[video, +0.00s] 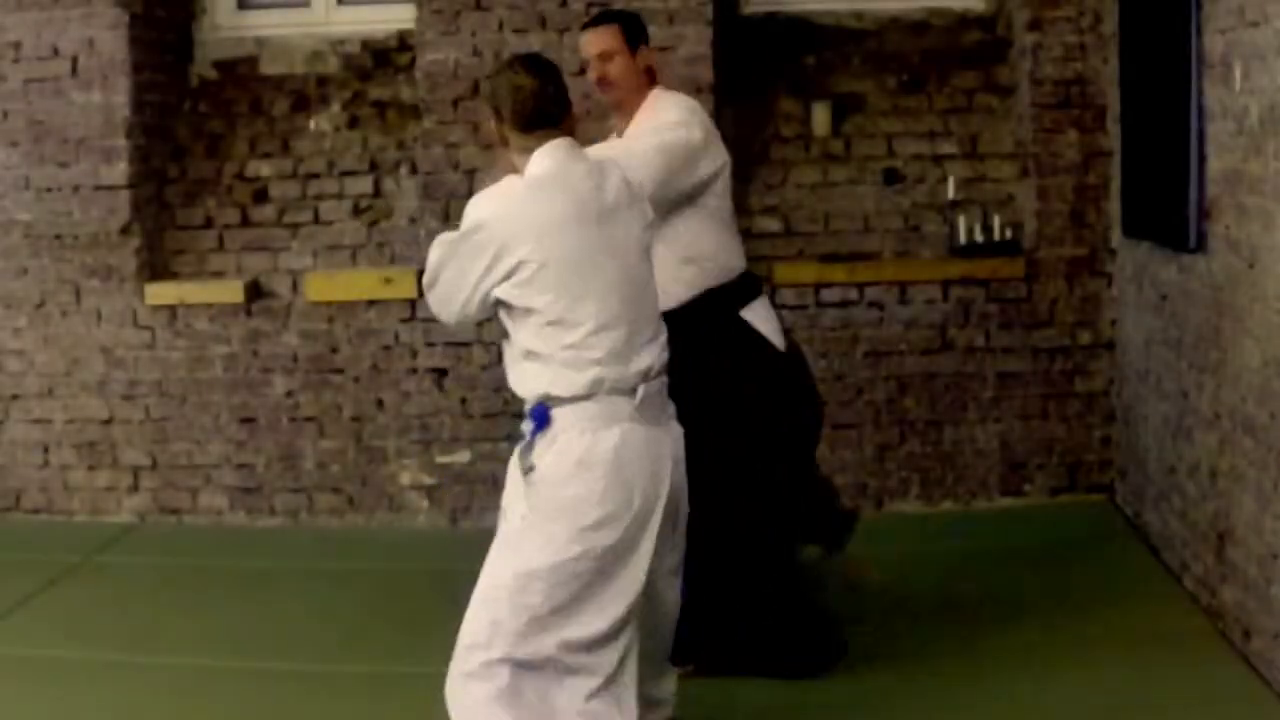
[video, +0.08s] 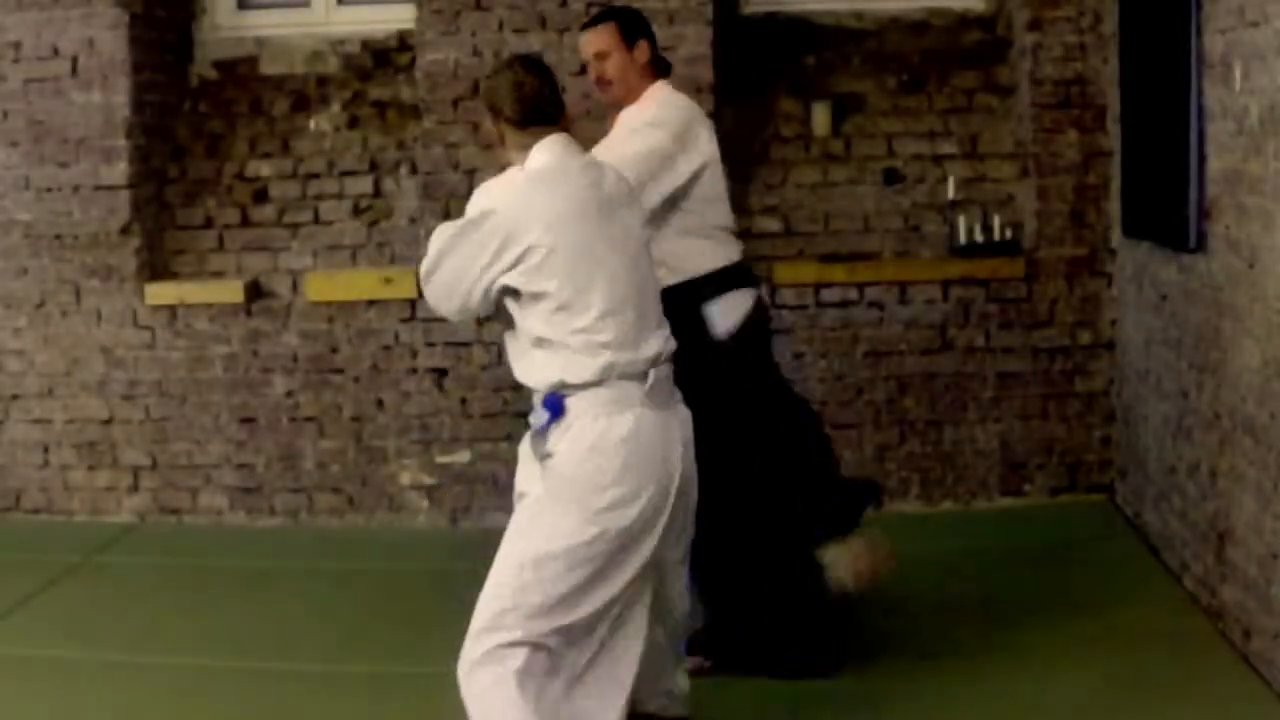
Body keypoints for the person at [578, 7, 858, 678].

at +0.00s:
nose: (596, 75)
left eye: (607, 59)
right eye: (588, 65)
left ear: (645, 59)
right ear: (590, 76)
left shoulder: (676, 120)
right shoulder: (625, 136)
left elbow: (618, 188)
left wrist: (545, 172)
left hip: (723, 332)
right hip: (676, 334)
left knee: (734, 501)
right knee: (706, 499)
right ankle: (718, 640)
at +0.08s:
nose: (593, 74)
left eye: (602, 59)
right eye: (587, 64)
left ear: (640, 53)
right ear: (620, 62)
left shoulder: (665, 114)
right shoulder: (645, 115)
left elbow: (592, 193)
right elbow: (595, 192)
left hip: (709, 304)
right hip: (692, 301)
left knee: (725, 476)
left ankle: (749, 632)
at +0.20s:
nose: (593, 82)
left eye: (600, 65)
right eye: (588, 70)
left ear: (641, 53)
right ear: (651, 59)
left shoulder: (650, 121)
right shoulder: (716, 115)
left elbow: (600, 213)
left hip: (686, 295)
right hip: (744, 293)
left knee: (705, 470)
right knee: (765, 454)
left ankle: (729, 641)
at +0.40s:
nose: (595, 90)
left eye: (598, 72)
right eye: (588, 77)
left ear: (639, 58)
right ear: (651, 63)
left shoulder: (660, 123)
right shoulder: (707, 116)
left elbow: (640, 226)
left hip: (689, 293)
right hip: (737, 291)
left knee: (679, 473)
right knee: (716, 469)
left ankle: (703, 642)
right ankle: (719, 634)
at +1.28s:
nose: (549, 112)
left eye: (545, 96)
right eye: (543, 99)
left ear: (567, 78)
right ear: (611, 72)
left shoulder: (565, 154)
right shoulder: (707, 128)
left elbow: (548, 282)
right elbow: (756, 243)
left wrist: (575, 351)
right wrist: (725, 314)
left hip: (616, 345)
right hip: (711, 338)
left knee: (603, 504)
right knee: (712, 501)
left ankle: (618, 671)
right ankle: (711, 665)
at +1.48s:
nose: (540, 113)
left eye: (537, 98)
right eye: (535, 100)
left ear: (559, 80)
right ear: (600, 73)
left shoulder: (559, 153)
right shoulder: (698, 129)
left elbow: (525, 282)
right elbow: (745, 242)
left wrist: (546, 347)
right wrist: (719, 317)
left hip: (607, 344)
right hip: (702, 338)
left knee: (598, 505)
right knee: (706, 503)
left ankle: (613, 669)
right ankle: (708, 665)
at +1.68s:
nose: (528, 116)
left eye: (525, 100)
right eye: (524, 102)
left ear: (546, 84)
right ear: (586, 75)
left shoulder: (549, 154)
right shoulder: (683, 131)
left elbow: (507, 273)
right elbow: (726, 227)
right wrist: (687, 285)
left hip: (603, 345)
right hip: (692, 337)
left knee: (597, 507)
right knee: (695, 502)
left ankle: (616, 672)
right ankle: (704, 664)